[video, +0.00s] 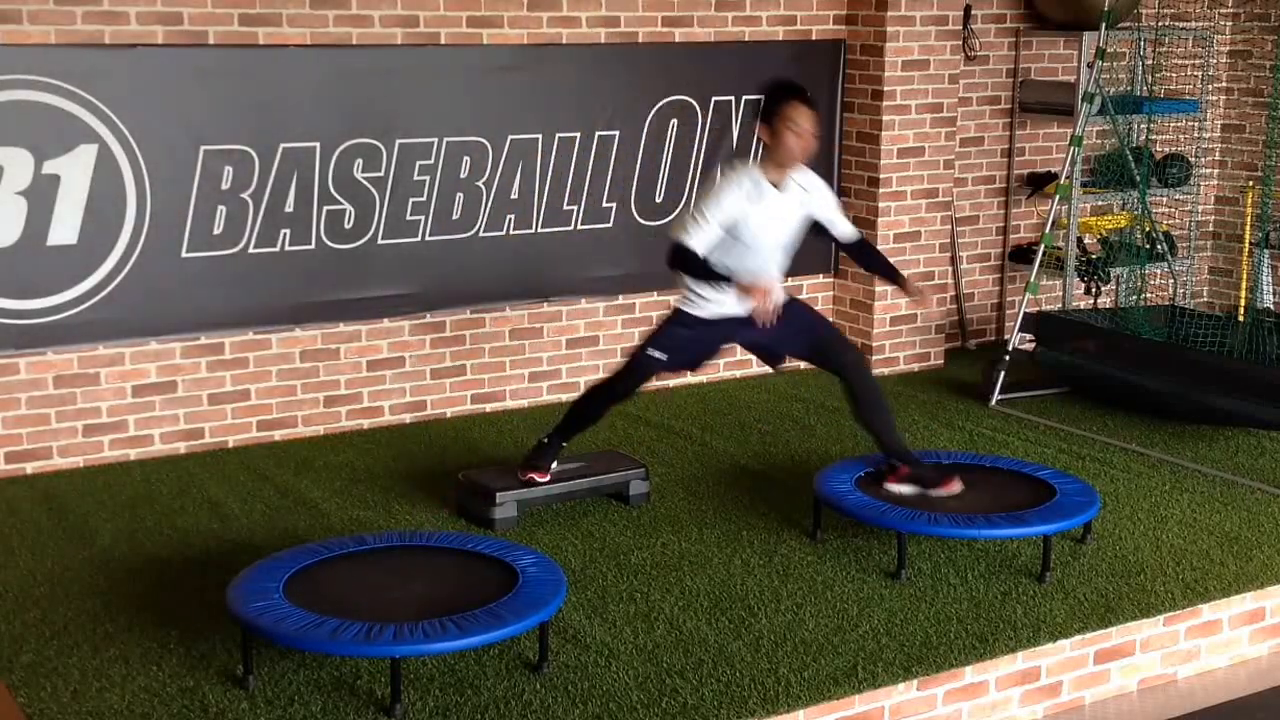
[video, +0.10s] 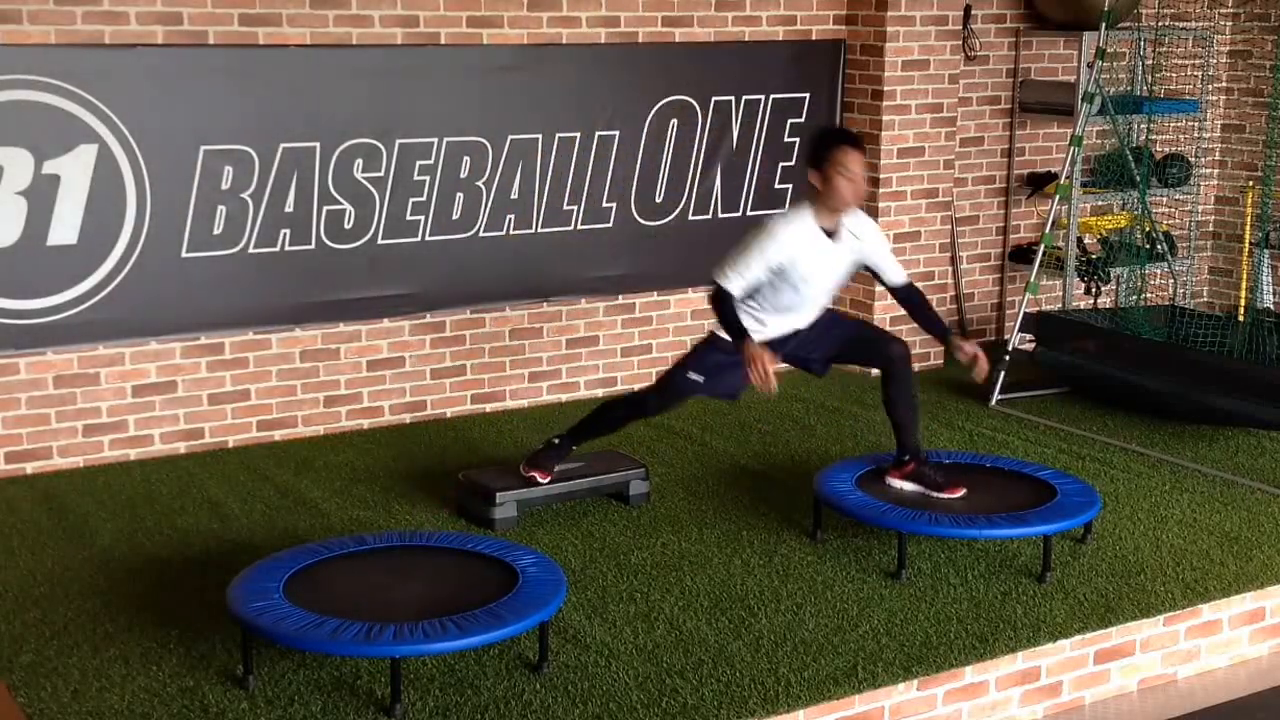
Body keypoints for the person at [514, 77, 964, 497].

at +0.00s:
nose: (804, 139)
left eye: (811, 132)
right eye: (794, 128)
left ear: (815, 138)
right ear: (766, 131)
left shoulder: (811, 189)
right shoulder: (734, 185)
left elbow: (853, 242)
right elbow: (679, 254)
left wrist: (901, 282)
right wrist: (741, 283)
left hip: (771, 309)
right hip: (707, 310)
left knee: (850, 359)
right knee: (624, 383)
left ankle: (902, 463)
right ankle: (548, 449)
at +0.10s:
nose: (861, 185)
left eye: (864, 175)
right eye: (850, 174)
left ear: (862, 182)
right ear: (818, 178)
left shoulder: (863, 231)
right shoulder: (780, 230)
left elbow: (906, 290)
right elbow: (720, 291)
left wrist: (953, 339)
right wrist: (748, 344)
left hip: (809, 327)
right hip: (745, 336)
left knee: (894, 353)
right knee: (654, 401)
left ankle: (909, 462)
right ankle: (560, 446)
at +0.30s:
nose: (929, 235)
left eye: (931, 226)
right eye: (919, 225)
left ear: (922, 230)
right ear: (884, 225)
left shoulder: (914, 274)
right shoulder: (842, 268)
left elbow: (954, 316)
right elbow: (790, 335)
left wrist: (1002, 332)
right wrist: (817, 403)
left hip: (833, 350)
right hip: (774, 351)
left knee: (920, 347)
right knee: (670, 408)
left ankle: (908, 462)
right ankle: (565, 450)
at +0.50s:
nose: (964, 250)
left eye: (966, 240)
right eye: (956, 239)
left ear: (950, 243)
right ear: (919, 239)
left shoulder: (942, 280)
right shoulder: (875, 275)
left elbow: (1002, 311)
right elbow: (822, 341)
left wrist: (1071, 312)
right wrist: (850, 406)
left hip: (846, 349)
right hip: (787, 349)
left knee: (930, 346)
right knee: (687, 406)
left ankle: (909, 461)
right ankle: (571, 454)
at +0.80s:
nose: (969, 239)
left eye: (971, 229)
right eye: (960, 228)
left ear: (958, 235)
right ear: (925, 229)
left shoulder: (946, 283)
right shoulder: (875, 269)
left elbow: (990, 341)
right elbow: (818, 334)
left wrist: (1044, 391)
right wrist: (821, 406)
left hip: (849, 340)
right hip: (791, 333)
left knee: (933, 348)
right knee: (684, 400)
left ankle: (910, 463)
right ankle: (572, 454)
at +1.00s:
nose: (906, 191)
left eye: (909, 181)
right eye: (895, 181)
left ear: (903, 188)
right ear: (860, 183)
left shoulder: (899, 242)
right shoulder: (813, 227)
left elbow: (948, 303)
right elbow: (770, 293)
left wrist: (1001, 358)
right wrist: (757, 361)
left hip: (832, 321)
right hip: (764, 319)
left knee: (904, 353)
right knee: (661, 383)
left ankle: (910, 468)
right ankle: (572, 443)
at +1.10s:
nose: (839, 162)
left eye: (844, 153)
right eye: (828, 152)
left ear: (847, 161)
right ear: (800, 157)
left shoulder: (853, 214)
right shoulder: (762, 210)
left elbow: (909, 252)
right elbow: (704, 265)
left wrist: (972, 280)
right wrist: (690, 332)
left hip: (796, 316)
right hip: (728, 314)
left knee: (872, 359)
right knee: (647, 366)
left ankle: (910, 464)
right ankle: (578, 445)